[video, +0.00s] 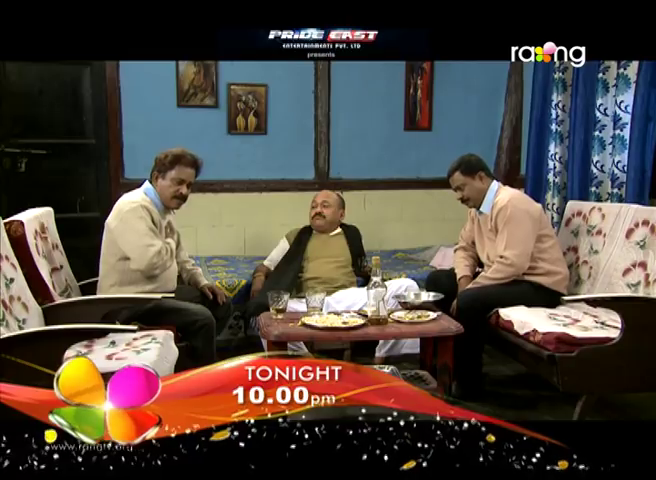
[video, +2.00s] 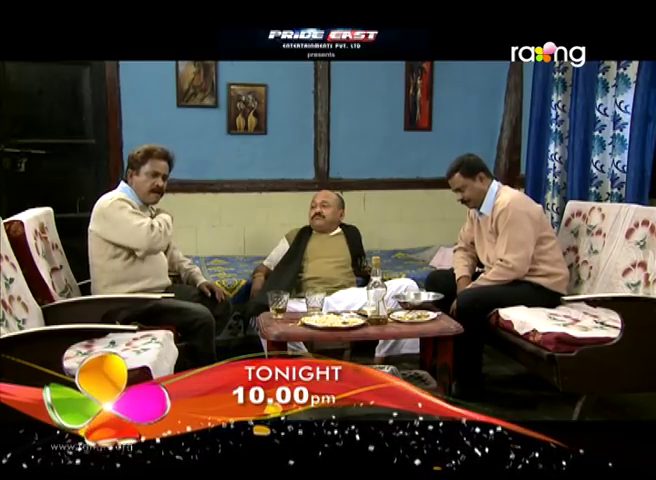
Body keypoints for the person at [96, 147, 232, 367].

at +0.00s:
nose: (184, 191)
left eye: (189, 186)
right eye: (178, 183)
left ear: (192, 188)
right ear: (157, 178)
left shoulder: (162, 215)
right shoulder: (132, 208)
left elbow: (181, 259)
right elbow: (149, 262)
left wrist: (203, 283)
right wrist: (170, 244)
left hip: (155, 296)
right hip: (127, 304)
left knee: (218, 304)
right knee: (201, 319)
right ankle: (204, 386)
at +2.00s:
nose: (160, 183)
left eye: (164, 178)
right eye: (153, 175)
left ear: (168, 181)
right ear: (132, 176)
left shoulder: (151, 212)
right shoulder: (111, 206)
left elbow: (174, 257)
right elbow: (148, 240)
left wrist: (200, 281)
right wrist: (165, 218)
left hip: (159, 294)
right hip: (126, 302)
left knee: (218, 303)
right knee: (200, 318)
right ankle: (204, 384)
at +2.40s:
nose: (159, 178)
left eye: (162, 173)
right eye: (151, 171)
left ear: (164, 178)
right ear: (129, 175)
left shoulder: (144, 210)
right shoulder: (110, 203)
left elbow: (170, 256)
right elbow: (121, 240)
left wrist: (199, 280)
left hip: (157, 293)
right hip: (126, 301)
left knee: (218, 302)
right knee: (201, 317)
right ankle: (203, 383)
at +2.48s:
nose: (160, 177)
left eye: (163, 173)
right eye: (152, 170)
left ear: (166, 177)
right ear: (131, 175)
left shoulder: (146, 211)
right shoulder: (112, 202)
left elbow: (168, 255)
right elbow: (112, 226)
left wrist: (199, 280)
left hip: (159, 293)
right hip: (126, 302)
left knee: (218, 302)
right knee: (201, 318)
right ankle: (204, 382)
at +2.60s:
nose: (159, 182)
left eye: (164, 177)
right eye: (152, 174)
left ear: (168, 181)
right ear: (132, 175)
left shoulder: (151, 213)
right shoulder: (108, 206)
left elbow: (172, 256)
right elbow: (86, 237)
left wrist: (200, 280)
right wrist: (62, 235)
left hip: (161, 295)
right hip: (127, 304)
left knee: (219, 303)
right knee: (199, 318)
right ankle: (203, 383)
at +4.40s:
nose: (171, 186)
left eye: (177, 181)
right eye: (164, 178)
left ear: (182, 185)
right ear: (146, 176)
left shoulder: (166, 212)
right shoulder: (118, 207)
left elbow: (176, 256)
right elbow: (87, 245)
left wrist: (200, 279)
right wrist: (86, 262)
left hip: (164, 298)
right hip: (128, 305)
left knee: (218, 301)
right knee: (199, 318)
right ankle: (205, 384)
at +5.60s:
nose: (168, 184)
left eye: (175, 179)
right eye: (162, 176)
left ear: (179, 183)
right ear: (143, 175)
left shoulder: (164, 210)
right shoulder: (117, 207)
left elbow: (177, 256)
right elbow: (85, 248)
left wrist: (201, 279)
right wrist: (94, 262)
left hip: (164, 295)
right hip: (128, 304)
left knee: (218, 302)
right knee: (200, 318)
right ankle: (206, 385)